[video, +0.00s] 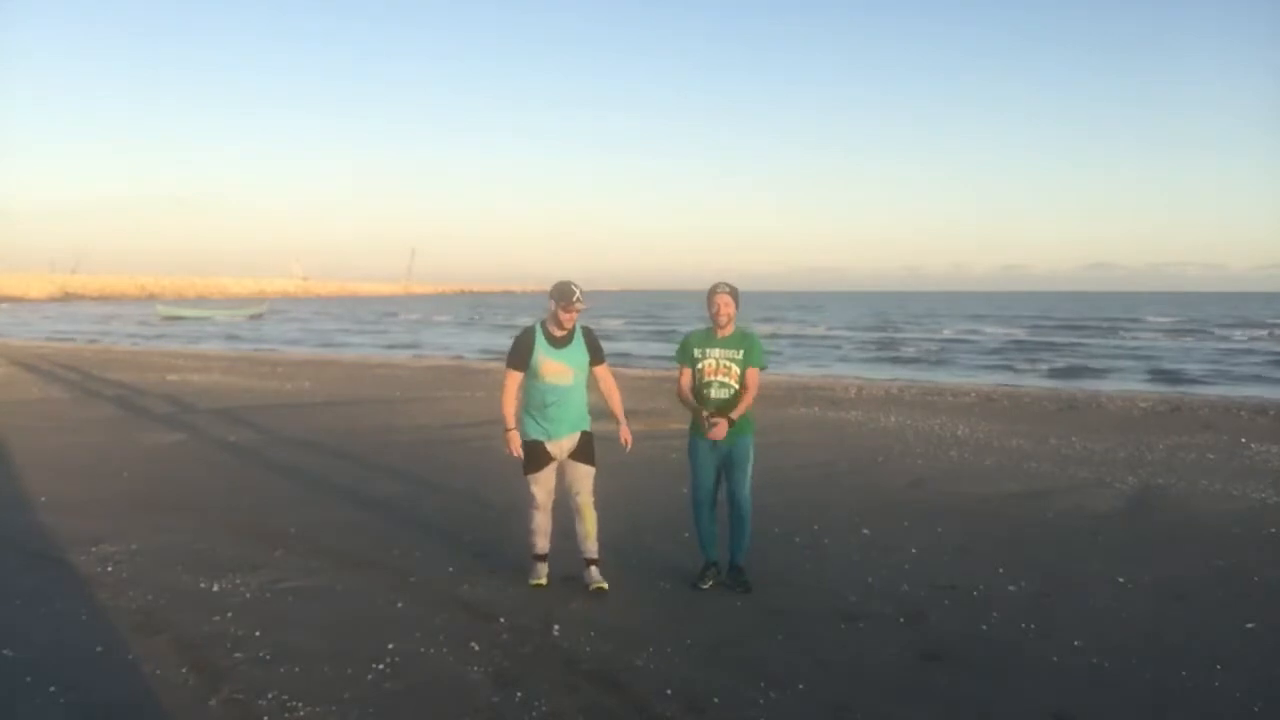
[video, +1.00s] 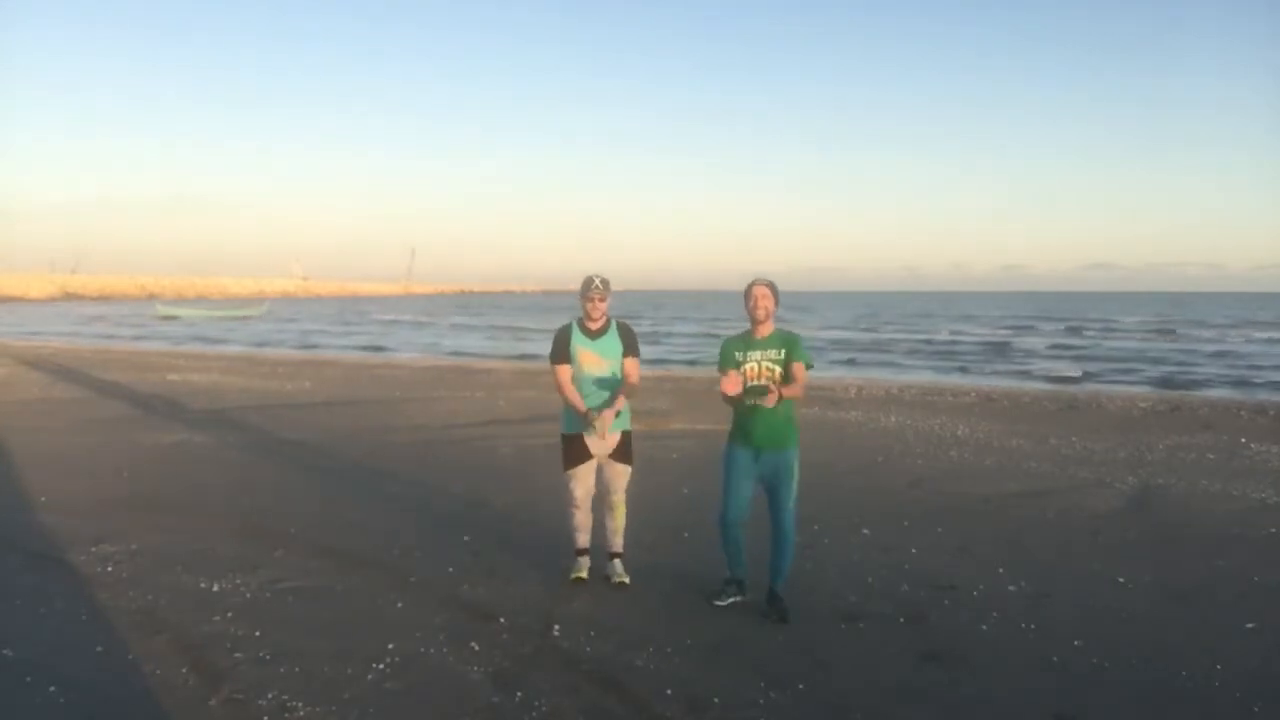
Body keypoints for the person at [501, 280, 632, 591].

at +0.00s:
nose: (571, 315)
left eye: (576, 309)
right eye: (565, 309)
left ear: (580, 309)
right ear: (552, 305)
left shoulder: (586, 339)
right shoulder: (529, 338)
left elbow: (606, 380)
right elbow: (510, 387)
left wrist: (622, 421)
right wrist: (510, 429)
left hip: (578, 432)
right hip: (538, 434)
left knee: (584, 500)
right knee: (540, 501)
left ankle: (592, 566)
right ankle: (540, 562)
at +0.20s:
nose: (563, 313)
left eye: (568, 308)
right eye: (558, 307)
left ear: (574, 307)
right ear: (546, 304)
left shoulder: (581, 335)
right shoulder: (524, 339)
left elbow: (596, 379)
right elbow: (509, 387)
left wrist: (602, 420)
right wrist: (513, 427)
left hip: (579, 430)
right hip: (537, 434)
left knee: (586, 496)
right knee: (538, 499)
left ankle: (594, 559)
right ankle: (539, 560)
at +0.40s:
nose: (564, 311)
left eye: (569, 306)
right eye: (559, 305)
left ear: (575, 306)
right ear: (547, 303)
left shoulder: (584, 334)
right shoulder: (527, 339)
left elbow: (600, 376)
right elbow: (509, 386)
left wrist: (605, 417)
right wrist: (506, 430)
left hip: (583, 429)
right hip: (542, 433)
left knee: (594, 494)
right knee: (542, 498)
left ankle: (607, 556)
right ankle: (540, 560)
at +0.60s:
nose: (573, 308)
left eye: (578, 302)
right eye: (567, 302)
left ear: (585, 303)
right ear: (558, 303)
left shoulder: (600, 335)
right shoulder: (542, 339)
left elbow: (618, 379)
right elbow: (523, 385)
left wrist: (628, 422)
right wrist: (513, 430)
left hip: (596, 432)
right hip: (554, 433)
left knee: (604, 497)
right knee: (549, 499)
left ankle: (612, 558)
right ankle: (541, 559)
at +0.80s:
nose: (589, 307)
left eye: (594, 301)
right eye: (583, 301)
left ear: (601, 302)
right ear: (574, 302)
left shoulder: (617, 335)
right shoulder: (559, 339)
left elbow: (633, 383)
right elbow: (547, 387)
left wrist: (642, 424)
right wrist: (542, 432)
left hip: (612, 430)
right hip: (571, 431)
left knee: (615, 498)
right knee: (562, 498)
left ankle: (615, 559)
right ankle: (549, 558)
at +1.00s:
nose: (595, 305)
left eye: (601, 300)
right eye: (590, 299)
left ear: (608, 301)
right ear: (581, 301)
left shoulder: (623, 332)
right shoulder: (565, 335)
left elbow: (632, 379)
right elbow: (564, 384)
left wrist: (612, 410)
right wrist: (587, 414)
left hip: (617, 426)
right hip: (578, 427)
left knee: (616, 496)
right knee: (580, 496)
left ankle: (615, 559)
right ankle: (581, 557)